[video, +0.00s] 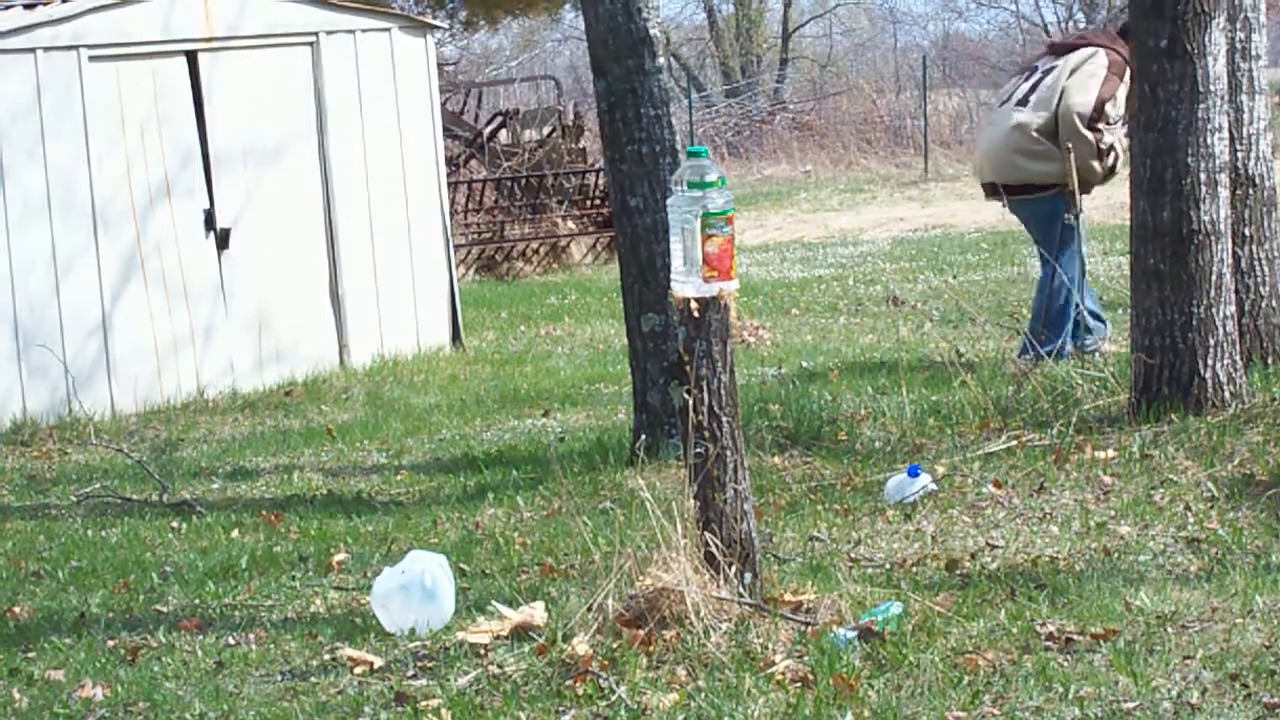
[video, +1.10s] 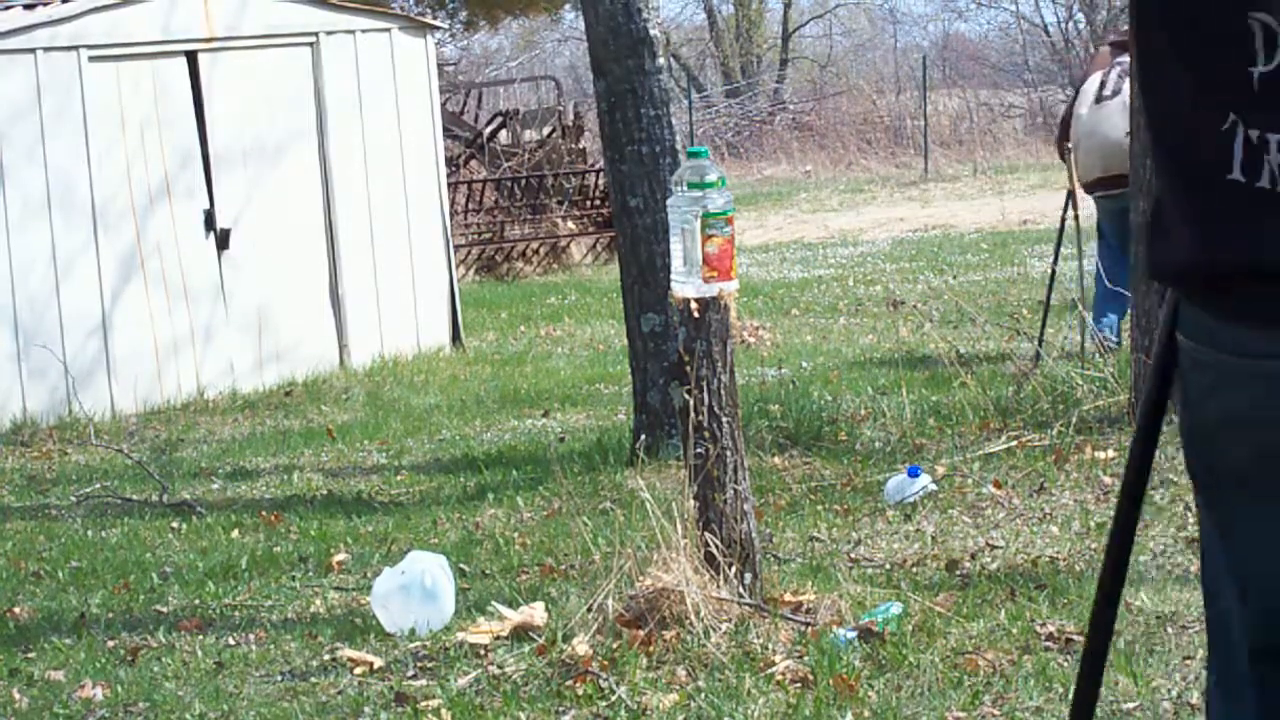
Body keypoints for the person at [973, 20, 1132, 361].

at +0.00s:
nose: (1144, 64)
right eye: (1147, 57)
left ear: (1118, 32)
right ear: (1136, 46)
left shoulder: (1070, 51)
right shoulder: (1109, 57)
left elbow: (1009, 101)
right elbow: (1077, 109)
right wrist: (1094, 170)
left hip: (997, 159)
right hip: (1034, 161)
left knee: (1063, 251)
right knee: (1063, 257)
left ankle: (1088, 335)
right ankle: (1041, 354)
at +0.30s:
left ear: (1095, 36)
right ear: (1125, 39)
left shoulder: (1064, 60)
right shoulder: (1110, 55)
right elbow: (1104, 106)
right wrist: (1122, 161)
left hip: (1019, 162)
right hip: (1060, 158)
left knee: (1071, 251)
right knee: (1111, 244)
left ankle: (1087, 341)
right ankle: (1062, 330)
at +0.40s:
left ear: (1081, 38)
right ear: (1112, 38)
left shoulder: (1056, 66)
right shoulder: (1110, 61)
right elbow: (1117, 118)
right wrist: (1131, 161)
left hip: (1023, 165)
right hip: (1072, 159)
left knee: (1072, 241)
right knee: (1125, 230)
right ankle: (1084, 320)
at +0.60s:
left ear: (1104, 39)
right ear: (1138, 38)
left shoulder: (1067, 64)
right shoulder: (1132, 54)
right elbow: (1133, 118)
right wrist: (1145, 166)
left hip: (1039, 168)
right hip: (1096, 159)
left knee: (1075, 243)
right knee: (1140, 237)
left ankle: (1081, 345)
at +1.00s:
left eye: (1106, 51)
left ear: (1106, 53)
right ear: (1138, 49)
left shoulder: (1086, 82)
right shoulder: (1151, 74)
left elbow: (1059, 139)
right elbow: (1167, 127)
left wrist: (1075, 175)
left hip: (1095, 177)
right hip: (1143, 176)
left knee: (1104, 254)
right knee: (1155, 257)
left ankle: (1094, 342)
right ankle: (1160, 343)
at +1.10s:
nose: (1095, 58)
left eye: (1100, 52)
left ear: (1113, 50)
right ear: (1140, 48)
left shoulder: (1094, 80)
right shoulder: (1152, 72)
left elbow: (1065, 127)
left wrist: (1068, 157)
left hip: (1100, 174)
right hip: (1143, 172)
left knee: (1111, 250)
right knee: (1152, 250)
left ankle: (1105, 330)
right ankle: (1157, 333)